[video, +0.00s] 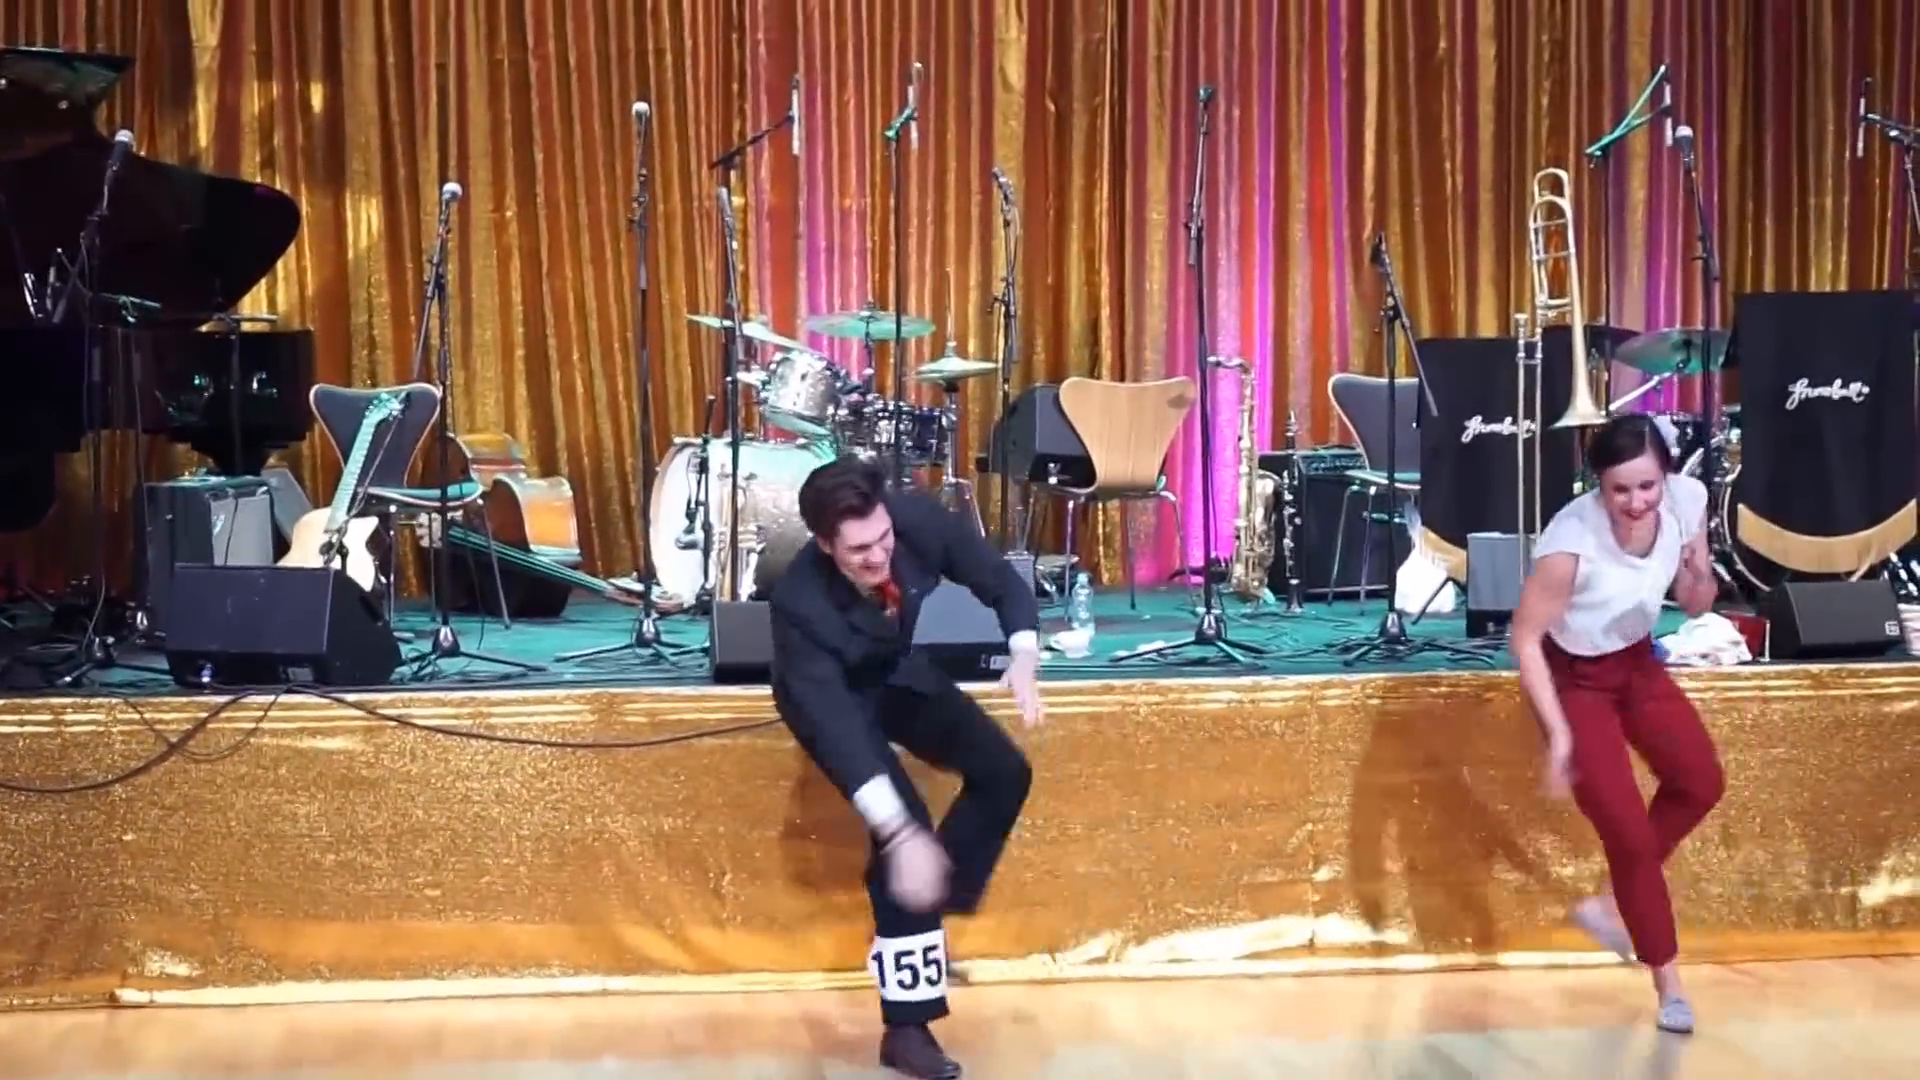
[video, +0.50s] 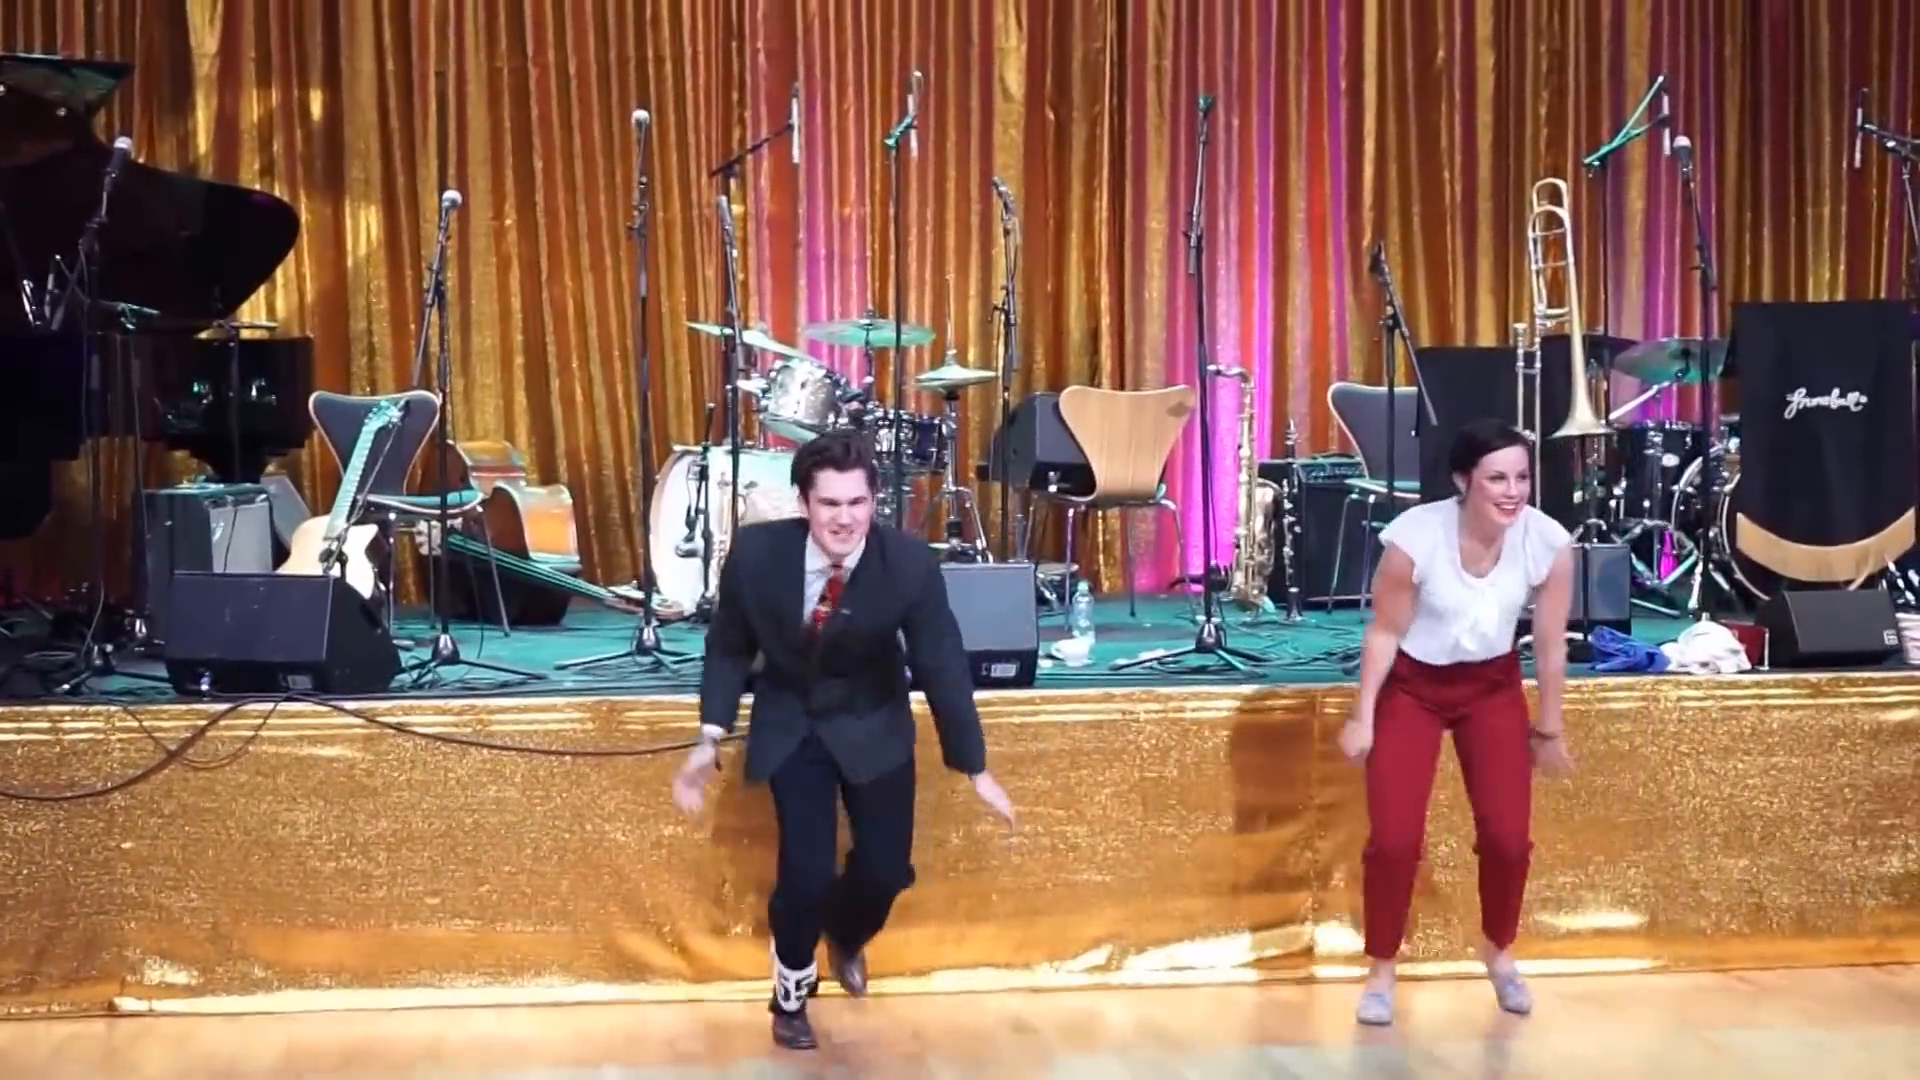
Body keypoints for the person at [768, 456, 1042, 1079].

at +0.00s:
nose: (878, 557)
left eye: (883, 538)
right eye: (860, 549)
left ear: (890, 518)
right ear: (824, 543)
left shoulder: (918, 522)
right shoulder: (800, 600)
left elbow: (1004, 583)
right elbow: (831, 717)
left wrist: (1024, 657)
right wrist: (896, 826)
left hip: (898, 672)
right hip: (826, 695)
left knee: (1004, 772)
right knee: (905, 833)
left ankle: (940, 894)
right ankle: (906, 1027)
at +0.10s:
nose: (871, 552)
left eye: (877, 533)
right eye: (853, 542)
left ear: (886, 521)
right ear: (818, 543)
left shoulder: (915, 543)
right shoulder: (786, 605)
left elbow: (1006, 616)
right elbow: (780, 733)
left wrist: (1005, 647)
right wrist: (783, 859)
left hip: (910, 701)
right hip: (838, 718)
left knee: (950, 867)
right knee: (912, 837)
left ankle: (827, 958)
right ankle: (908, 1032)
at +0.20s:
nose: (873, 523)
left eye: (881, 506)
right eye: (856, 513)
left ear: (892, 498)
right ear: (825, 516)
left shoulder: (917, 527)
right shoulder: (787, 582)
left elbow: (950, 583)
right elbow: (744, 675)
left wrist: (972, 648)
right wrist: (741, 780)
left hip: (901, 688)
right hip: (825, 697)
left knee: (908, 849)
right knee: (888, 827)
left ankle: (812, 974)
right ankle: (891, 1018)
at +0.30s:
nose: (868, 509)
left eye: (877, 492)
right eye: (851, 498)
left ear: (890, 484)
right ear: (822, 498)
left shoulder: (911, 516)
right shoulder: (776, 576)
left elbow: (938, 616)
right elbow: (747, 653)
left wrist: (957, 723)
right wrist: (758, 712)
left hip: (892, 693)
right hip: (810, 701)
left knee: (914, 862)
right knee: (869, 826)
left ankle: (833, 964)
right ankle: (822, 971)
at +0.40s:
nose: (844, 507)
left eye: (856, 490)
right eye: (828, 492)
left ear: (873, 486)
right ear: (803, 492)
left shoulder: (910, 552)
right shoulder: (757, 548)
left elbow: (943, 664)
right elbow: (743, 651)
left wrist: (982, 786)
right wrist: (752, 746)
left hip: (882, 722)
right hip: (799, 724)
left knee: (899, 887)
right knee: (853, 888)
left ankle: (840, 971)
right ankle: (792, 984)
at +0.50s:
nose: (844, 517)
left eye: (856, 501)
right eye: (830, 502)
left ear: (874, 499)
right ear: (804, 501)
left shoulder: (908, 562)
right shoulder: (756, 553)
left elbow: (942, 663)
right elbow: (729, 645)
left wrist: (975, 766)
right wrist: (710, 735)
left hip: (875, 717)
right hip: (790, 715)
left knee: (886, 869)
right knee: (808, 872)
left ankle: (844, 935)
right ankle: (791, 991)